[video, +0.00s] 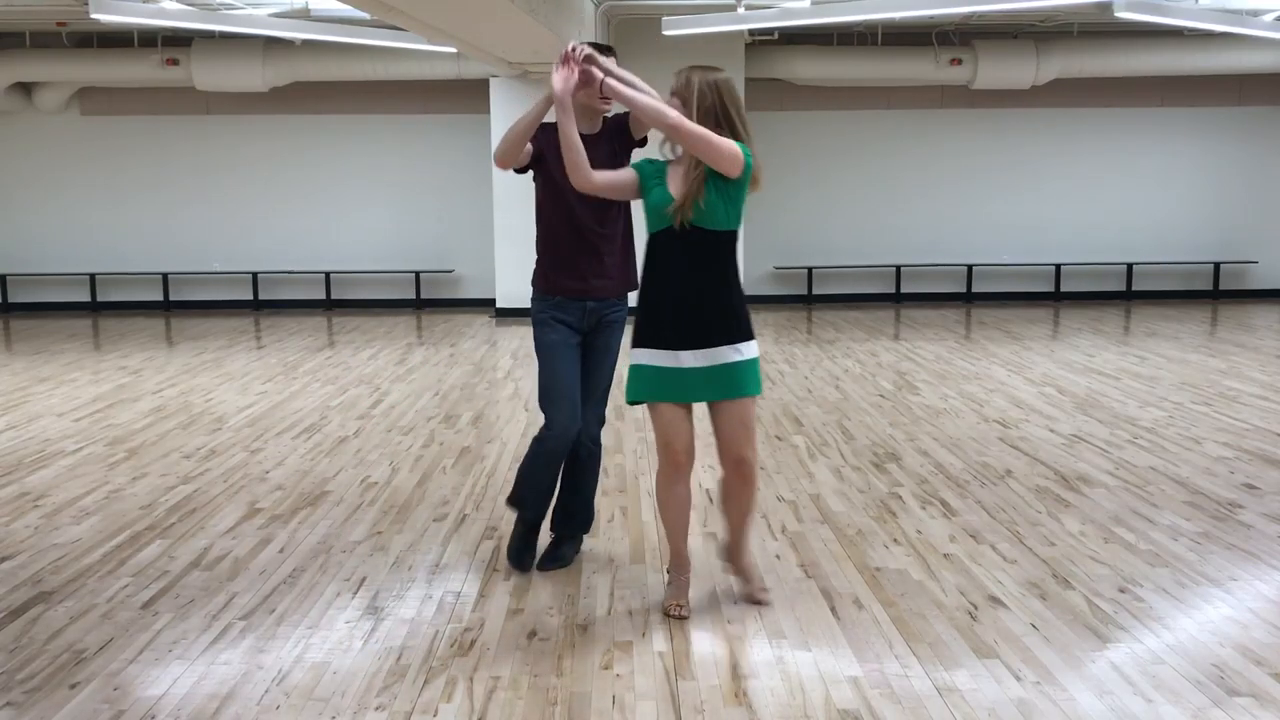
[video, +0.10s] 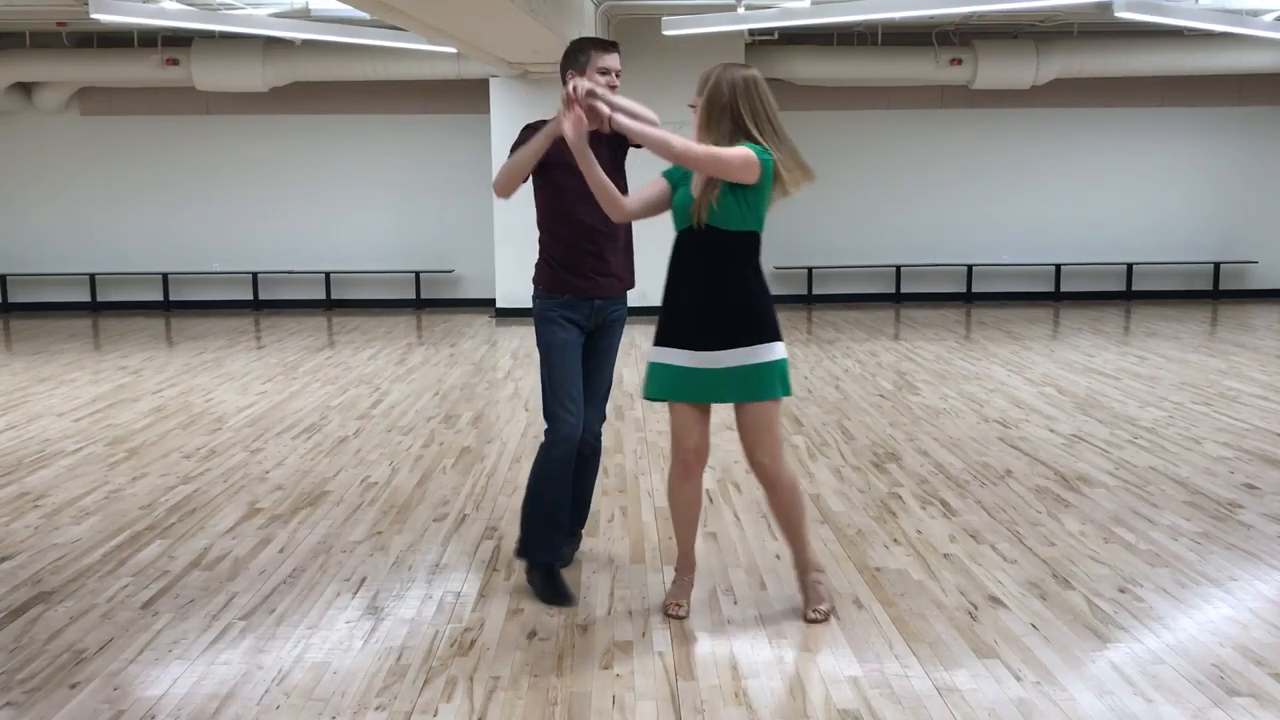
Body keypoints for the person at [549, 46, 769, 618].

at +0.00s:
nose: (672, 112)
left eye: (680, 106)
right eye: (671, 106)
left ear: (705, 110)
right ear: (668, 117)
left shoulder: (736, 164)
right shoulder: (653, 172)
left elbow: (672, 121)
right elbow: (584, 179)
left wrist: (614, 84)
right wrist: (562, 101)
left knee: (740, 460)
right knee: (675, 459)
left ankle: (738, 549)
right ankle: (678, 567)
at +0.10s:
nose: (692, 110)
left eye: (700, 102)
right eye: (693, 102)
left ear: (724, 107)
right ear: (714, 108)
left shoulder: (755, 161)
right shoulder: (685, 170)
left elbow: (682, 150)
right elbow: (622, 209)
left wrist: (612, 107)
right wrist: (579, 144)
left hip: (746, 327)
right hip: (685, 327)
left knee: (766, 460)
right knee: (687, 458)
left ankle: (808, 570)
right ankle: (684, 568)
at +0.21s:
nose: (718, 111)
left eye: (725, 102)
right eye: (720, 102)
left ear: (748, 106)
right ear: (753, 106)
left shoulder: (773, 163)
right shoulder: (725, 177)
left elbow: (710, 193)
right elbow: (666, 234)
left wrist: (639, 166)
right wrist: (616, 195)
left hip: (772, 332)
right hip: (721, 331)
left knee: (786, 461)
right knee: (707, 458)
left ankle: (839, 570)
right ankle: (701, 567)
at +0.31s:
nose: (740, 110)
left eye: (748, 102)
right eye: (744, 101)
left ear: (770, 111)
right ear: (778, 111)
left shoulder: (783, 173)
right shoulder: (762, 181)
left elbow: (732, 236)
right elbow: (715, 258)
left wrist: (665, 212)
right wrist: (651, 228)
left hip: (795, 341)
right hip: (758, 341)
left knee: (793, 461)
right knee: (730, 454)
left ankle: (849, 572)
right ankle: (755, 563)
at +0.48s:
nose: (764, 113)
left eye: (772, 105)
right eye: (767, 104)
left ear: (794, 114)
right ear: (808, 115)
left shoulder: (799, 179)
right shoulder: (802, 176)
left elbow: (770, 267)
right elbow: (774, 263)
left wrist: (722, 257)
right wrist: (728, 265)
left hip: (803, 336)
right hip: (812, 332)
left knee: (789, 462)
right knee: (801, 460)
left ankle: (851, 576)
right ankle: (879, 555)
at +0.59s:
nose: (775, 108)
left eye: (783, 101)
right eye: (779, 100)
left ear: (805, 112)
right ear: (818, 111)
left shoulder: (805, 175)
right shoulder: (825, 170)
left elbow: (771, 268)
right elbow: (790, 262)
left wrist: (733, 250)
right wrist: (739, 259)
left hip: (810, 338)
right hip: (837, 332)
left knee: (791, 461)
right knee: (842, 458)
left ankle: (851, 576)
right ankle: (919, 560)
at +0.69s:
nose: (782, 105)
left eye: (790, 98)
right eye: (786, 96)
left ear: (812, 110)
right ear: (823, 110)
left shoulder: (811, 175)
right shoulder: (827, 170)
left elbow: (770, 263)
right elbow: (793, 254)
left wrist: (738, 244)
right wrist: (747, 245)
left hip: (819, 336)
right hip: (849, 328)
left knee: (800, 458)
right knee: (869, 453)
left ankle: (851, 576)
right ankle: (928, 568)